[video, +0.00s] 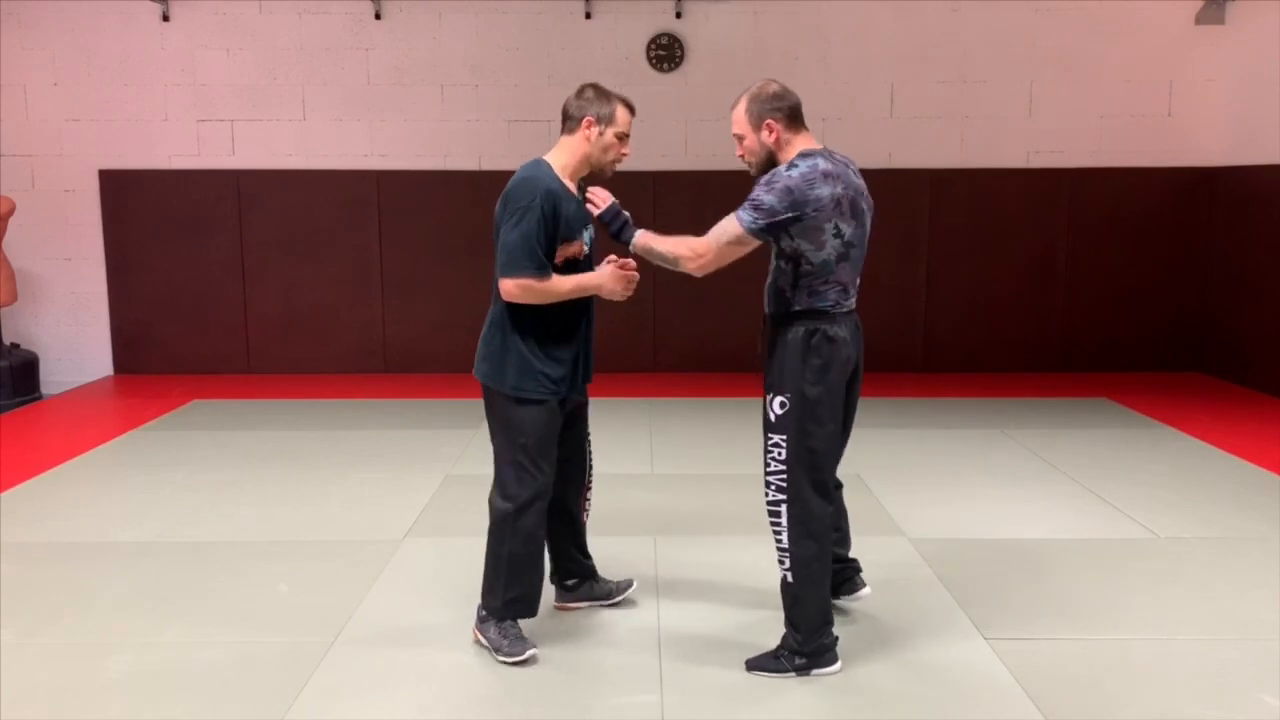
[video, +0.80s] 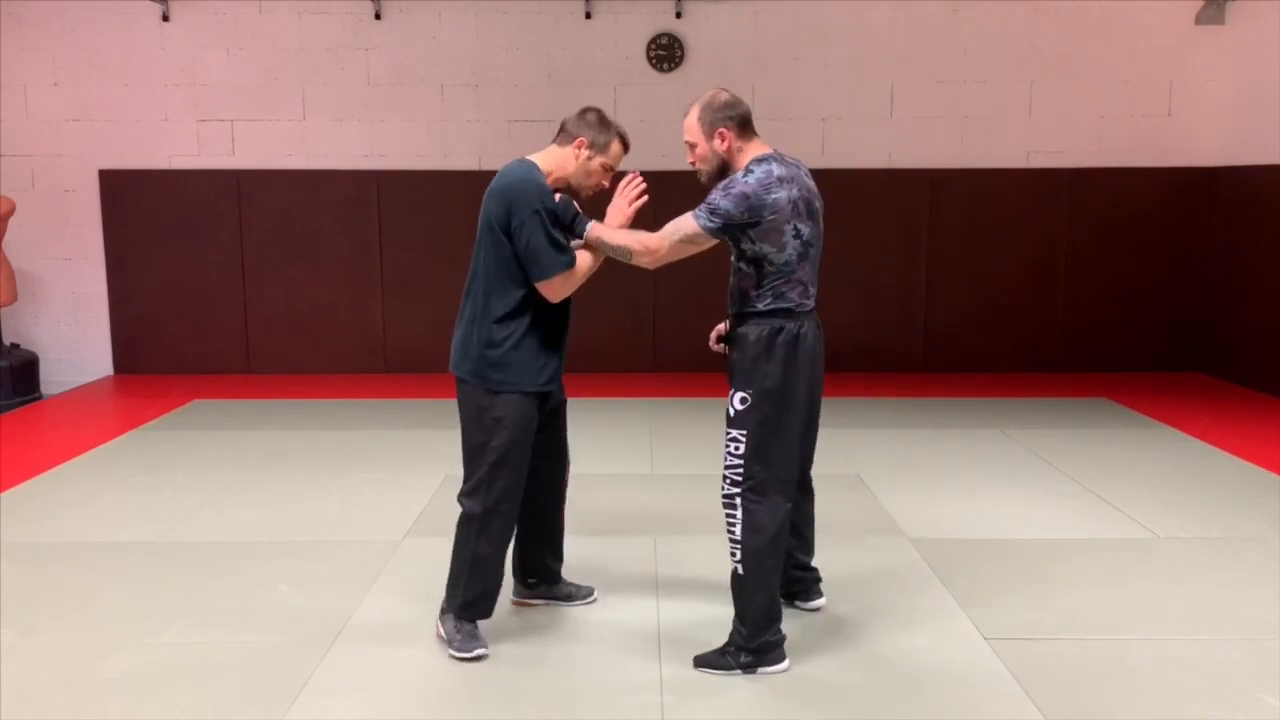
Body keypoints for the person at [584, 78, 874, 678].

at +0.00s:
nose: (739, 150)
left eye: (742, 137)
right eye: (737, 138)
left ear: (773, 128)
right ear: (790, 127)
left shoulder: (789, 185)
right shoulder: (846, 174)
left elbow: (701, 257)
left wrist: (627, 232)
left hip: (805, 344)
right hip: (840, 339)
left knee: (791, 491)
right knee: (816, 472)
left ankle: (808, 642)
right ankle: (837, 569)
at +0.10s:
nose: (727, 151)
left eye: (730, 139)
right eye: (725, 139)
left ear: (761, 130)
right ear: (778, 129)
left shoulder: (772, 184)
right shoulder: (841, 177)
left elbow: (672, 246)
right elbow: (850, 277)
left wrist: (590, 241)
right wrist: (822, 330)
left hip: (796, 345)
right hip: (833, 338)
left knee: (787, 489)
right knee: (814, 476)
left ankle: (808, 644)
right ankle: (814, 577)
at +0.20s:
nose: (719, 153)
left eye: (722, 141)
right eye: (717, 142)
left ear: (754, 132)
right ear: (771, 131)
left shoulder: (764, 186)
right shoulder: (834, 180)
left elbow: (670, 250)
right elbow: (848, 274)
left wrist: (587, 242)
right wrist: (825, 333)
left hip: (793, 343)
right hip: (828, 339)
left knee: (783, 488)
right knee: (807, 475)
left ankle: (808, 643)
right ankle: (799, 576)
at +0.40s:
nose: (712, 155)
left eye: (719, 143)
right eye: (711, 143)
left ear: (752, 136)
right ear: (760, 137)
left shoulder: (776, 187)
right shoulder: (808, 178)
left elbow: (672, 245)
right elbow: (692, 242)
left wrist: (594, 221)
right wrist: (609, 229)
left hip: (791, 340)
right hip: (810, 337)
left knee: (755, 480)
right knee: (791, 478)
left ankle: (795, 632)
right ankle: (801, 601)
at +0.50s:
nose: (710, 153)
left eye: (716, 141)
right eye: (709, 141)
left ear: (751, 134)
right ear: (758, 135)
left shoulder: (776, 186)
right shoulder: (804, 177)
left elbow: (676, 244)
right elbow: (693, 240)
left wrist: (597, 209)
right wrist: (611, 220)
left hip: (786, 340)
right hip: (805, 336)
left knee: (752, 478)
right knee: (790, 470)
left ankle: (773, 633)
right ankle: (799, 584)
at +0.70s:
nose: (698, 156)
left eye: (702, 144)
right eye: (696, 145)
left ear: (735, 138)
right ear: (745, 137)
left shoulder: (756, 190)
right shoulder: (798, 178)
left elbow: (663, 248)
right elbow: (790, 272)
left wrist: (588, 230)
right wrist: (746, 320)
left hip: (772, 344)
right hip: (798, 340)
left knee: (751, 488)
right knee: (786, 470)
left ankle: (755, 641)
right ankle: (798, 580)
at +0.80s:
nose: (691, 159)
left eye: (694, 147)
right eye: (689, 148)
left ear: (725, 138)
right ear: (736, 137)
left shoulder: (747, 190)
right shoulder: (794, 175)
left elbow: (655, 248)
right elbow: (789, 274)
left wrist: (582, 230)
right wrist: (744, 321)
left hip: (768, 344)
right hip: (800, 339)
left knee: (751, 489)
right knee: (790, 472)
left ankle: (757, 641)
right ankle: (798, 577)